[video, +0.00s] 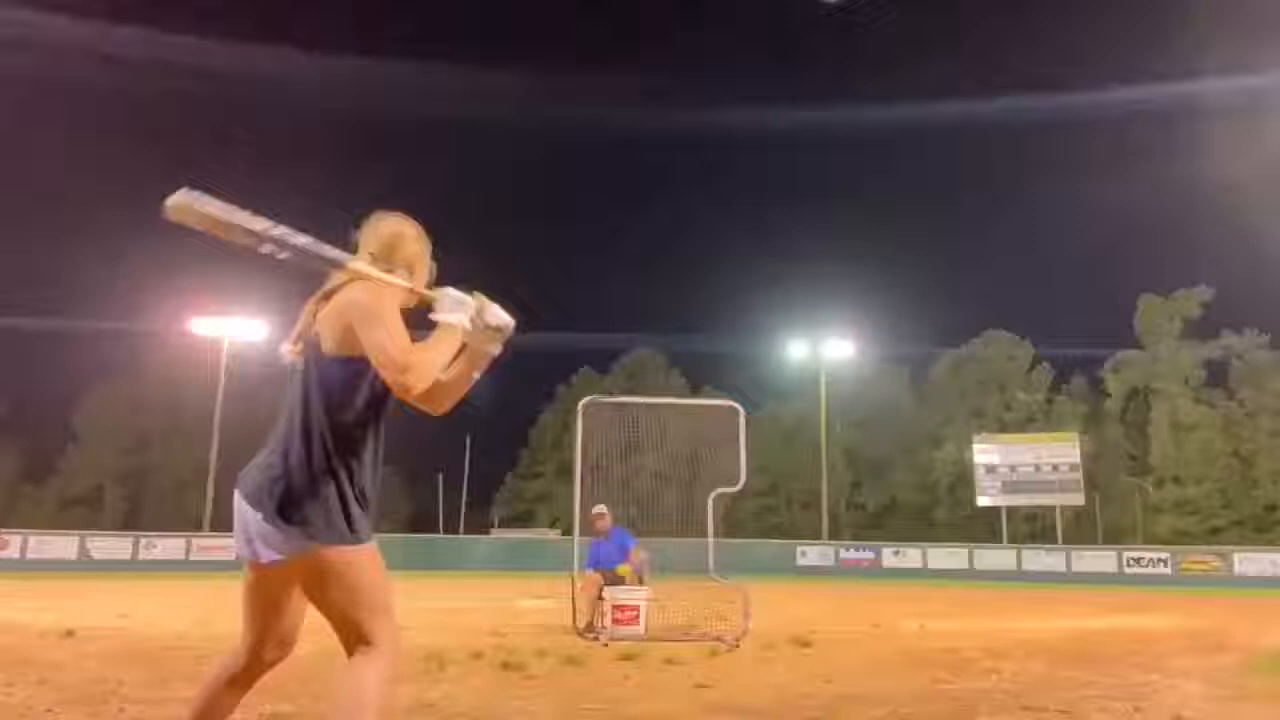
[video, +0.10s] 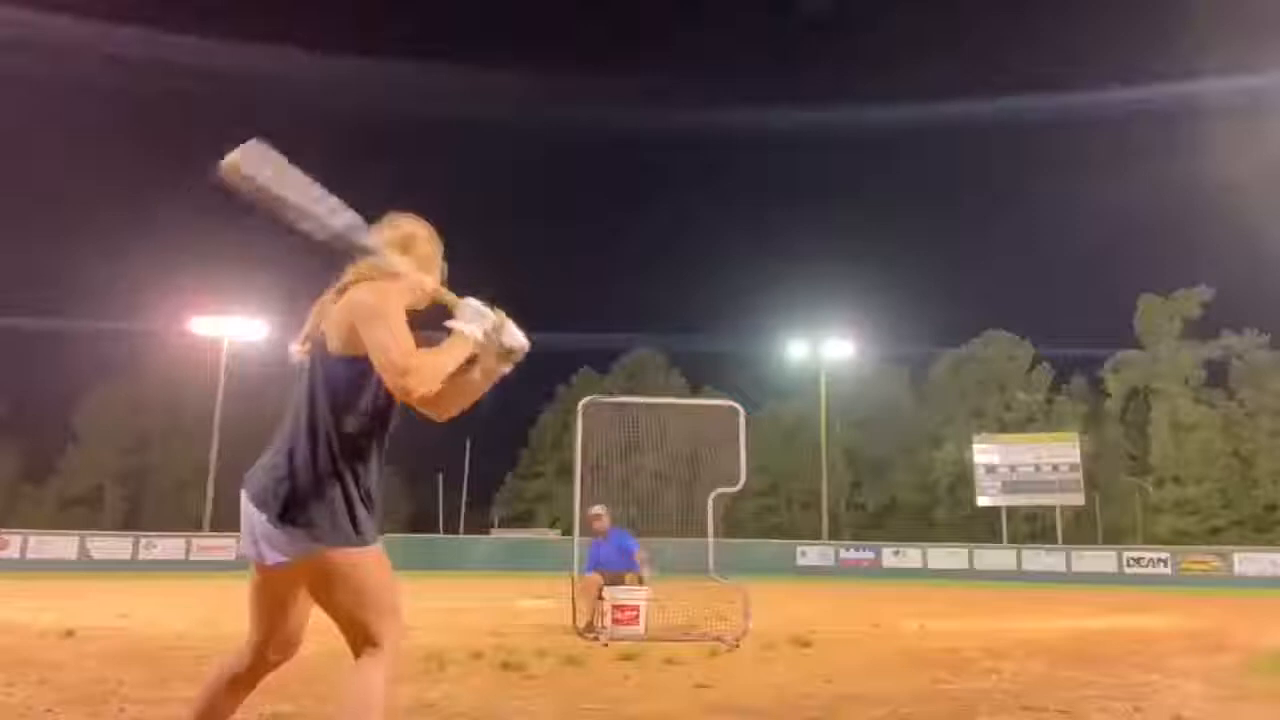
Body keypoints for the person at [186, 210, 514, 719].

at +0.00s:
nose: (425, 281)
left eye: (426, 271)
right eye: (424, 268)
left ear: (368, 257)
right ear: (411, 266)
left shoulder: (340, 300)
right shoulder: (369, 297)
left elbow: (436, 399)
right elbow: (410, 375)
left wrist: (482, 347)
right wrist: (452, 324)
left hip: (266, 494)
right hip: (313, 508)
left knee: (264, 646)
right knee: (375, 646)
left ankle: (198, 714)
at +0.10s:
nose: (434, 285)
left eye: (437, 275)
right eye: (433, 271)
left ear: (380, 256)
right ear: (413, 264)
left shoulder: (346, 301)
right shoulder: (377, 296)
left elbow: (437, 404)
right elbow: (412, 377)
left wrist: (492, 365)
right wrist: (466, 336)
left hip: (274, 496)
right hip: (318, 510)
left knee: (270, 646)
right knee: (379, 644)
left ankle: (200, 714)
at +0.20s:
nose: (448, 288)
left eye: (449, 277)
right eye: (447, 275)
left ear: (397, 263)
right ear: (430, 270)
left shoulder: (357, 303)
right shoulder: (380, 298)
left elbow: (441, 410)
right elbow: (409, 375)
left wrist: (496, 375)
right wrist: (474, 337)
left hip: (287, 498)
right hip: (324, 505)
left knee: (296, 648)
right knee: (388, 643)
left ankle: (220, 713)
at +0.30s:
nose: (455, 294)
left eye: (458, 284)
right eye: (457, 280)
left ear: (409, 261)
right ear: (443, 268)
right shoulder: (387, 295)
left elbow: (439, 412)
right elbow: (393, 365)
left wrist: (492, 384)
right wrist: (475, 342)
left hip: (304, 494)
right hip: (326, 496)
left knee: (350, 644)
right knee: (396, 641)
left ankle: (252, 714)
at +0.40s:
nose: (468, 299)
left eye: (470, 291)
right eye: (469, 287)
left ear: (427, 272)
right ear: (455, 278)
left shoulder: (427, 332)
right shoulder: (387, 295)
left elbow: (442, 417)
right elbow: (367, 362)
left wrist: (481, 391)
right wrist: (460, 346)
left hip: (354, 501)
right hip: (320, 500)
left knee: (419, 617)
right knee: (397, 646)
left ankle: (314, 711)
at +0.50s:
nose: (475, 304)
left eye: (477, 295)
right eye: (474, 293)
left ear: (438, 276)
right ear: (457, 283)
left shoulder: (436, 333)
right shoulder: (393, 298)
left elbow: (448, 419)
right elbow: (356, 363)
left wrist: (476, 390)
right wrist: (450, 345)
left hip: (365, 498)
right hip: (327, 502)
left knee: (443, 605)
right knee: (401, 648)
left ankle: (369, 699)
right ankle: (362, 712)